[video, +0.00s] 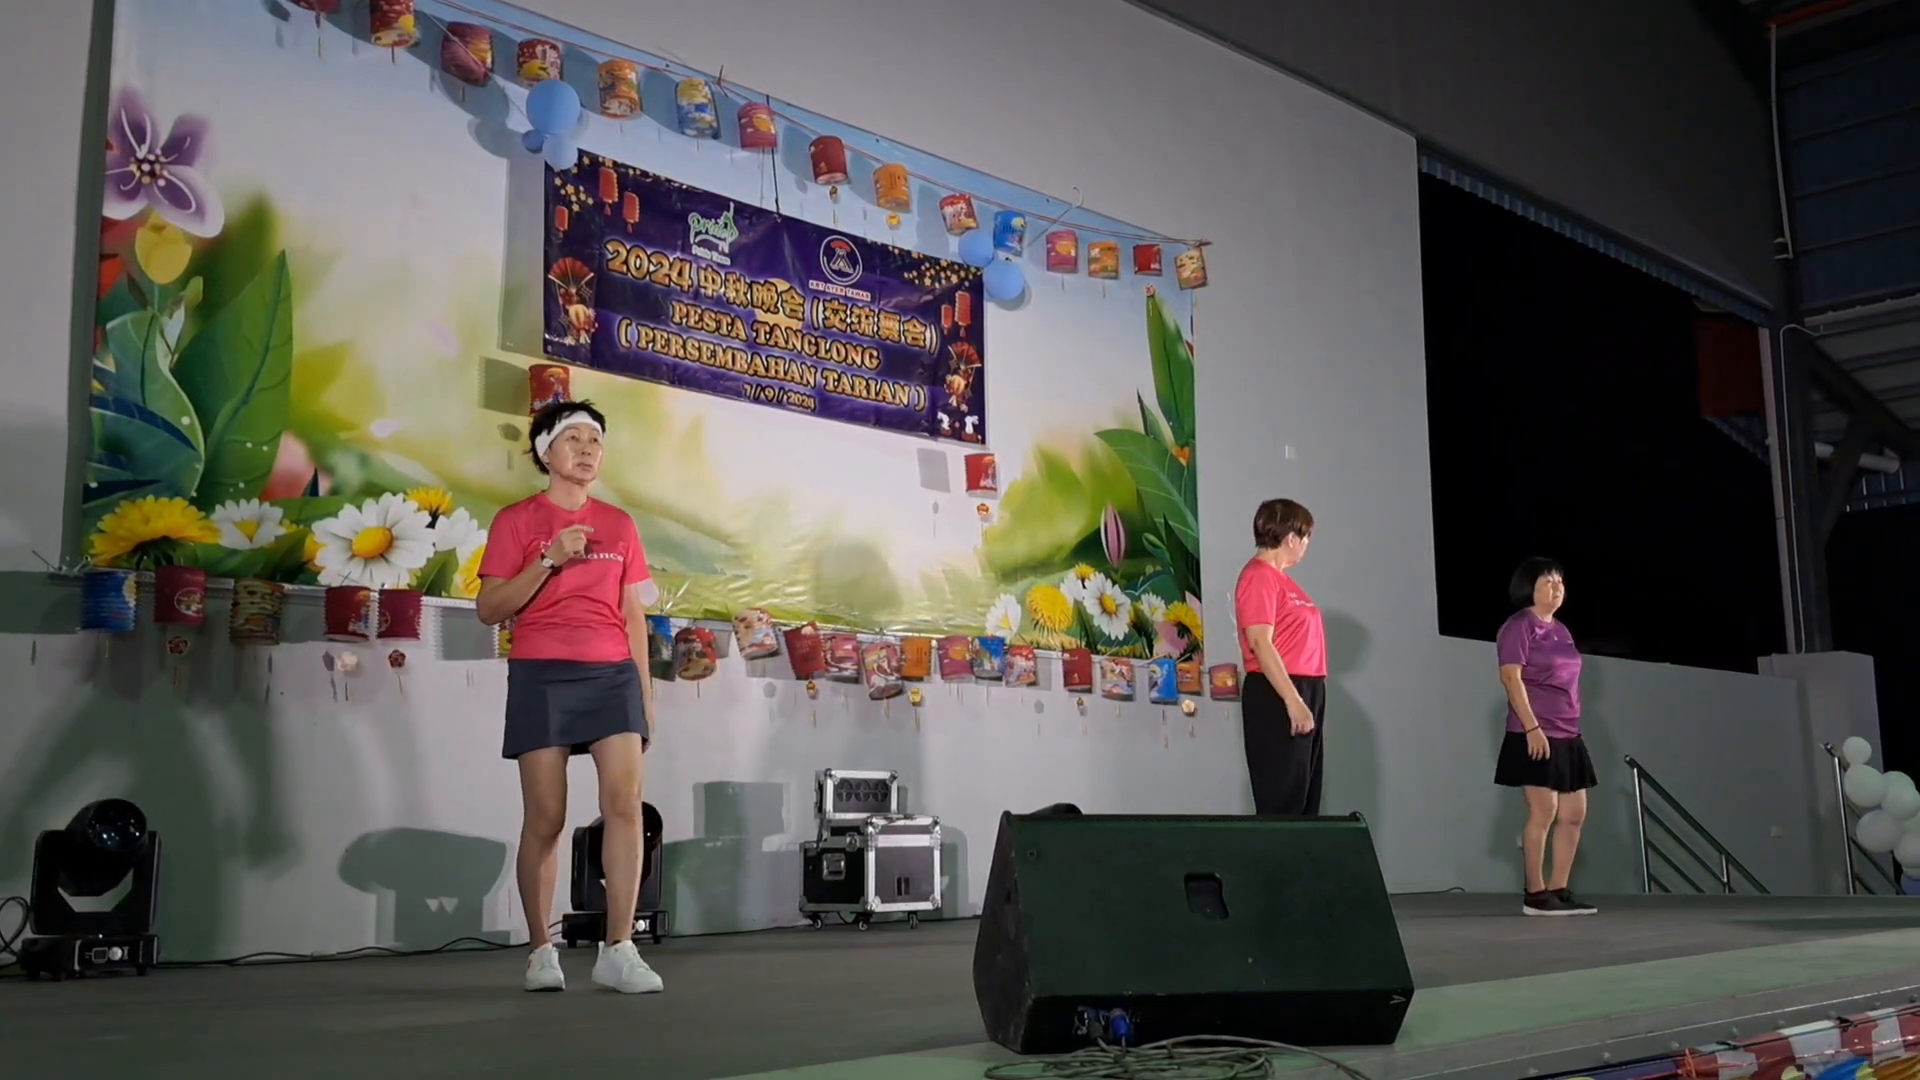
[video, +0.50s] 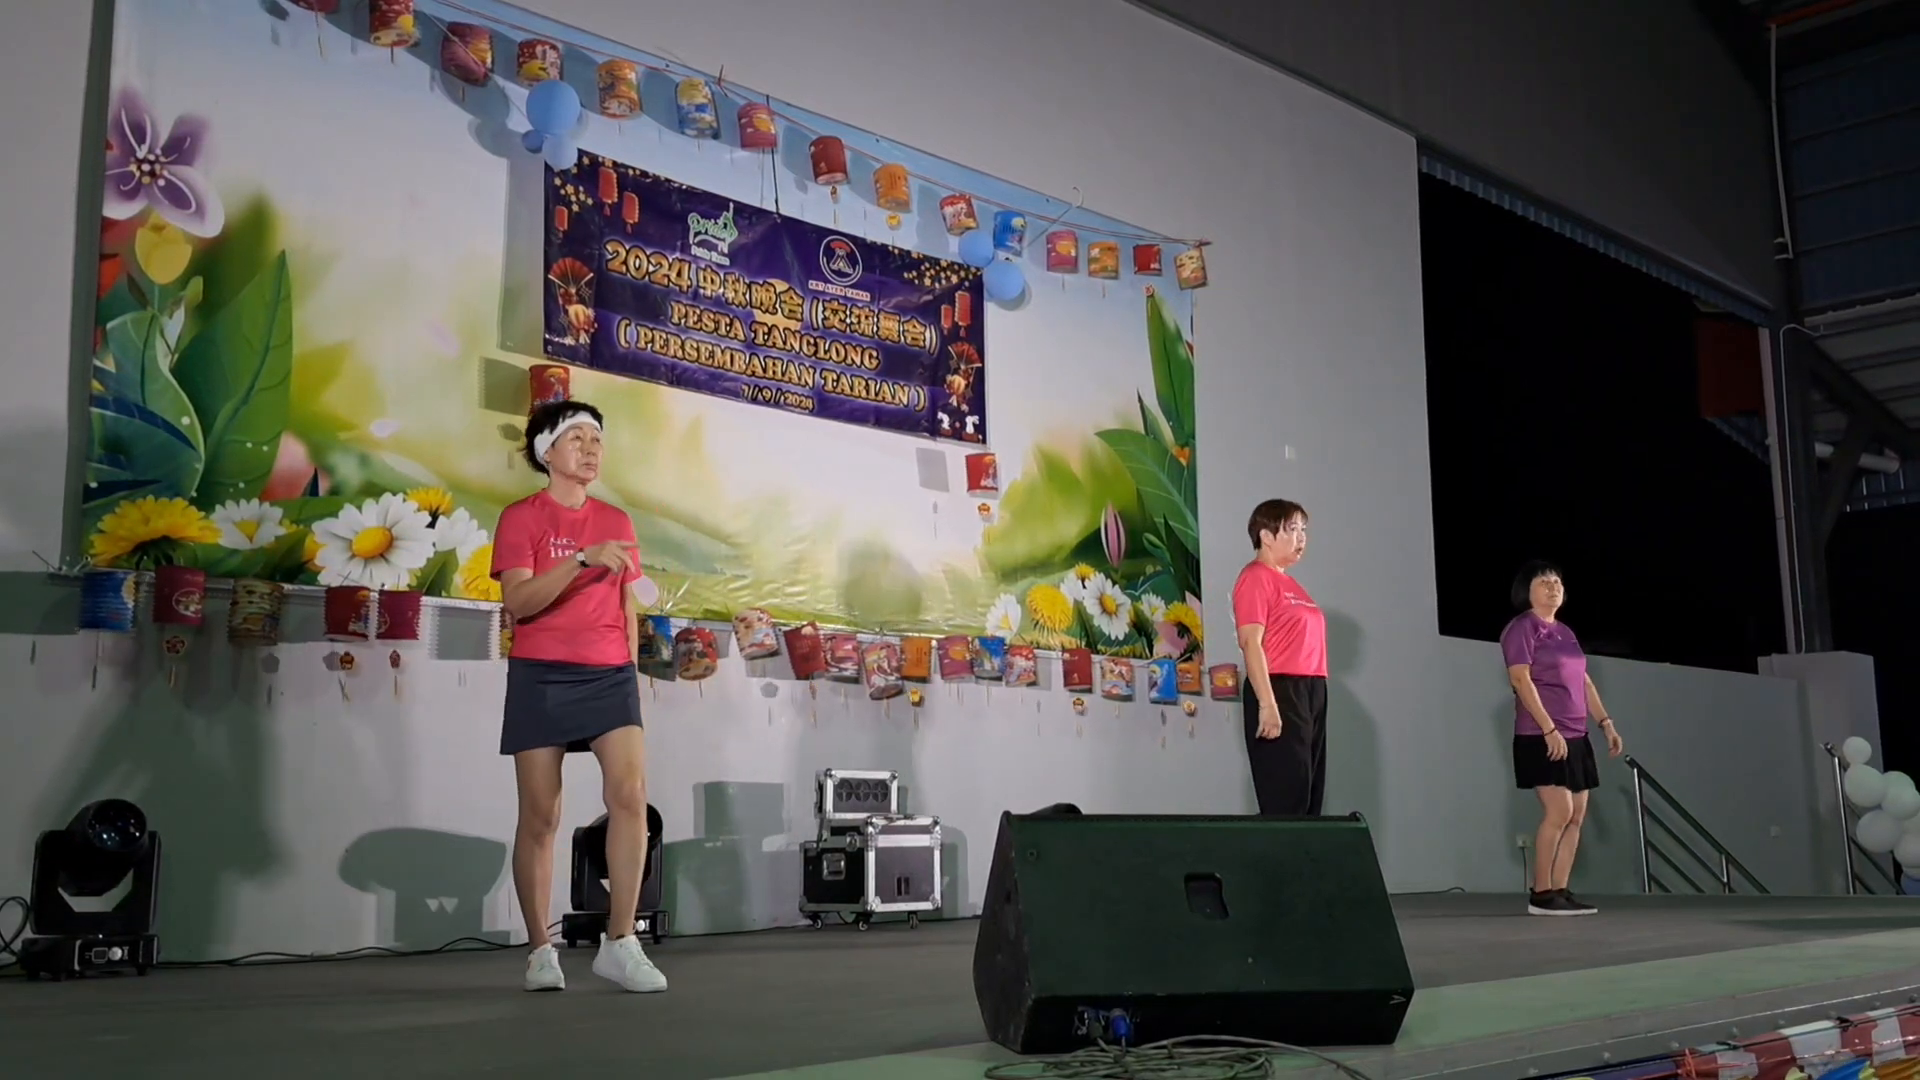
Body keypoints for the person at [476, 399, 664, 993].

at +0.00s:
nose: (586, 450)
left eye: (594, 442)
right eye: (573, 440)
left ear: (603, 455)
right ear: (545, 451)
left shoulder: (618, 524)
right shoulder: (516, 520)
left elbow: (634, 616)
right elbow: (491, 608)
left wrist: (643, 695)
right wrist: (548, 561)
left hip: (614, 677)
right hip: (541, 678)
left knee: (625, 804)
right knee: (545, 819)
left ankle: (618, 947)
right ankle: (543, 947)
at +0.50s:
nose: (590, 450)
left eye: (596, 442)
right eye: (577, 440)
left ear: (602, 454)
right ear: (546, 451)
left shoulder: (617, 522)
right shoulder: (522, 517)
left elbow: (627, 610)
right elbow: (517, 603)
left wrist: (630, 675)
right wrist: (582, 562)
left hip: (609, 677)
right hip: (540, 677)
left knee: (630, 794)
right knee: (540, 815)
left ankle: (620, 941)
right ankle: (542, 948)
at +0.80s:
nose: (608, 443)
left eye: (613, 436)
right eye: (594, 435)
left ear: (620, 453)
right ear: (565, 450)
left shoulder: (639, 522)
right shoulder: (547, 511)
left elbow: (649, 607)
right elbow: (550, 593)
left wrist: (658, 668)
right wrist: (617, 617)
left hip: (638, 675)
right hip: (572, 673)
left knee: (638, 810)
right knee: (560, 819)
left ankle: (618, 950)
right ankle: (545, 946)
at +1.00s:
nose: (633, 449)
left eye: (638, 442)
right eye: (619, 439)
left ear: (642, 455)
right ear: (587, 451)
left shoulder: (657, 526)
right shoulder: (565, 514)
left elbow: (677, 616)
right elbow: (567, 606)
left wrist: (694, 692)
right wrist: (579, 688)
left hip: (664, 677)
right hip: (597, 675)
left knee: (652, 814)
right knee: (591, 818)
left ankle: (621, 950)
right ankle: (553, 931)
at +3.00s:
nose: (596, 448)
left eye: (601, 440)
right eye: (583, 438)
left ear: (606, 453)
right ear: (551, 448)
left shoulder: (617, 523)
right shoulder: (518, 520)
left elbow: (632, 614)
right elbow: (491, 612)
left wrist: (646, 684)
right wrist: (539, 664)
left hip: (611, 681)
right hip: (538, 678)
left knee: (637, 800)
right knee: (542, 813)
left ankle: (617, 942)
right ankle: (542, 949)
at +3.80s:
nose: (583, 446)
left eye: (589, 438)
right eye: (570, 436)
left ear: (595, 449)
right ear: (538, 447)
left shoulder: (609, 521)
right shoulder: (515, 514)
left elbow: (651, 603)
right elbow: (502, 591)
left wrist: (710, 661)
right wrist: (516, 648)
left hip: (602, 676)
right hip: (534, 673)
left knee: (624, 807)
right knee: (537, 815)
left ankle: (609, 951)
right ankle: (542, 949)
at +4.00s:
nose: (580, 448)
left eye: (587, 438)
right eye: (566, 438)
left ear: (593, 450)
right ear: (536, 450)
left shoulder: (611, 523)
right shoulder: (513, 516)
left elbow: (664, 591)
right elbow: (503, 580)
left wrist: (731, 586)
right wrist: (540, 577)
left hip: (600, 676)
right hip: (530, 674)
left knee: (624, 807)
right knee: (536, 816)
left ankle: (610, 950)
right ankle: (542, 950)